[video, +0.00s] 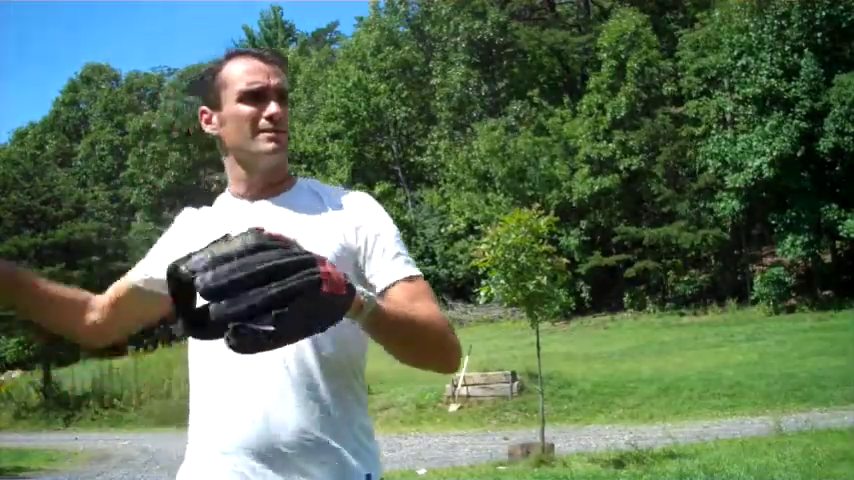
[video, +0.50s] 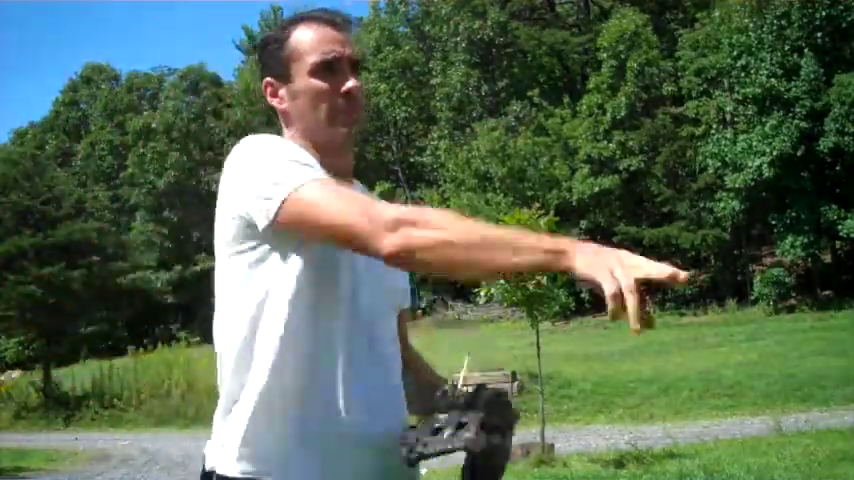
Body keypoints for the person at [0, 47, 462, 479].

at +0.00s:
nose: (275, 111)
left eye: (281, 98)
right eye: (254, 98)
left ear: (290, 111)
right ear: (212, 121)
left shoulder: (354, 213)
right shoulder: (190, 230)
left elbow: (445, 352)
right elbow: (98, 321)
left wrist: (352, 301)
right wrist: (9, 279)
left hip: (335, 465)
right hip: (220, 465)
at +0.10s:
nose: (297, 101)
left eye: (302, 88)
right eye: (274, 90)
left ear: (311, 103)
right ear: (231, 115)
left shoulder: (382, 215)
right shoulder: (197, 226)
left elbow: (459, 366)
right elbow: (55, 289)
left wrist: (402, 318)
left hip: (357, 465)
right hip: (235, 466)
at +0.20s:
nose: (318, 97)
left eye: (320, 82)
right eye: (295, 86)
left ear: (329, 93)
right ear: (251, 112)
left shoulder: (394, 221)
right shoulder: (215, 209)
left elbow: (455, 373)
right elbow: (84, 231)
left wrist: (437, 335)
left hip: (370, 465)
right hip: (245, 467)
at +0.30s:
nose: (331, 93)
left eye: (334, 78)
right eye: (307, 80)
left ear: (344, 87)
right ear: (260, 105)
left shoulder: (391, 223)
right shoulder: (247, 200)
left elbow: (421, 345)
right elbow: (206, 192)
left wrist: (453, 354)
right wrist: (185, 17)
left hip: (382, 465)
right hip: (266, 463)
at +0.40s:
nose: (342, 87)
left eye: (345, 72)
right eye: (317, 76)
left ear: (353, 78)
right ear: (268, 100)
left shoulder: (386, 222)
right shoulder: (240, 163)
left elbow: (409, 355)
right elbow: (302, 177)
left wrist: (459, 384)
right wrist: (425, 105)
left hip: (380, 465)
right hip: (265, 464)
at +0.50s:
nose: (351, 84)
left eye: (356, 69)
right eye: (327, 70)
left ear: (364, 81)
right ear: (278, 94)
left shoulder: (376, 206)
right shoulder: (259, 163)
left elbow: (395, 351)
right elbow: (393, 234)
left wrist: (462, 416)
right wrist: (571, 253)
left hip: (374, 464)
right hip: (271, 466)